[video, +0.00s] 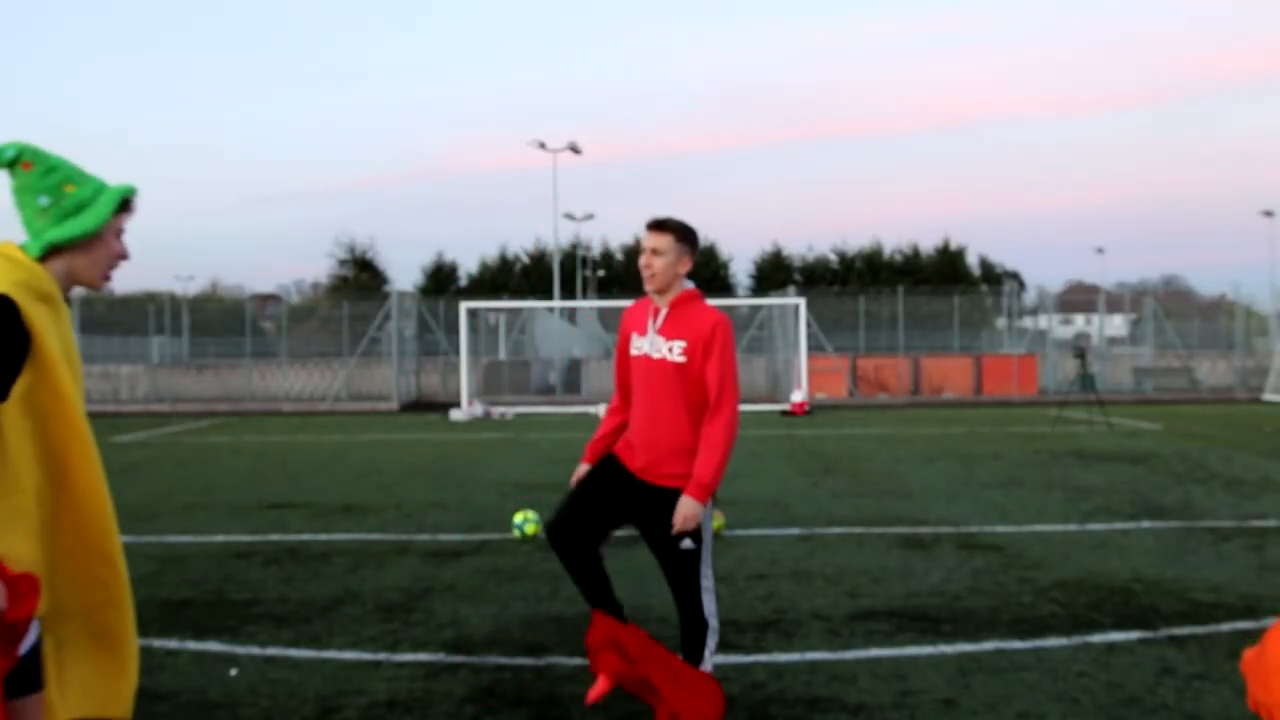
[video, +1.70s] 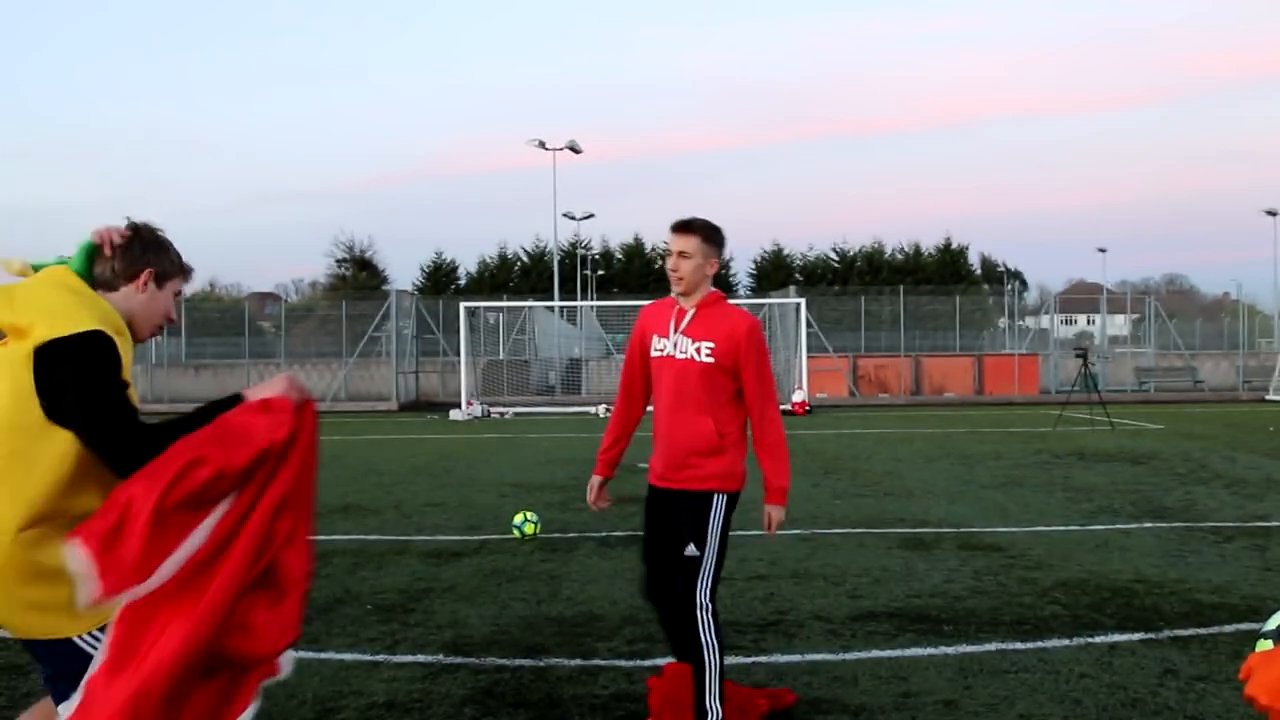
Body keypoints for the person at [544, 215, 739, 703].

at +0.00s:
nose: (645, 263)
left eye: (657, 254)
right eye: (643, 253)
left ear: (685, 262)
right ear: (639, 258)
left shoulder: (709, 325)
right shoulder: (635, 316)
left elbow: (723, 414)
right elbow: (622, 401)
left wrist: (698, 493)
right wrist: (590, 459)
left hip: (676, 485)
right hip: (625, 470)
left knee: (693, 603)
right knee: (566, 534)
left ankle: (693, 693)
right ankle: (618, 641)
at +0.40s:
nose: (646, 266)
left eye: (657, 256)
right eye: (642, 257)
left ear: (685, 261)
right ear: (640, 263)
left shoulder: (713, 319)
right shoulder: (642, 318)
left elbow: (740, 405)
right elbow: (638, 401)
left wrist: (747, 490)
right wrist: (626, 465)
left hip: (694, 481)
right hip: (646, 477)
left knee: (687, 589)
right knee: (625, 571)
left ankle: (693, 691)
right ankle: (683, 665)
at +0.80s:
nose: (628, 271)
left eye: (636, 261)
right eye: (623, 263)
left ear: (664, 263)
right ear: (624, 271)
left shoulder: (703, 310)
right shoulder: (635, 332)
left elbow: (738, 388)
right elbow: (644, 416)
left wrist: (743, 468)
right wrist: (637, 482)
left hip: (706, 449)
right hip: (666, 459)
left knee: (655, 527)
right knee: (684, 566)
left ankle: (693, 634)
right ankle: (702, 694)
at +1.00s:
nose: (631, 267)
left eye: (640, 258)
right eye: (627, 259)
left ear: (667, 262)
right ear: (627, 267)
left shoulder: (706, 310)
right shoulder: (633, 330)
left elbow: (741, 389)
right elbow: (640, 410)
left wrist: (744, 465)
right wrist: (639, 472)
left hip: (707, 438)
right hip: (663, 451)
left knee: (644, 503)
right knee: (681, 555)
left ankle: (719, 587)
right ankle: (701, 659)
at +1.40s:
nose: (651, 272)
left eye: (661, 263)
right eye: (646, 263)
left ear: (688, 265)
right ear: (642, 265)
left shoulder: (718, 316)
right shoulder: (641, 319)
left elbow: (755, 395)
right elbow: (637, 399)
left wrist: (767, 471)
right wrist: (623, 460)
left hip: (714, 438)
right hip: (671, 450)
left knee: (669, 503)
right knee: (682, 569)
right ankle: (702, 670)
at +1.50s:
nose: (653, 270)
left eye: (663, 261)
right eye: (648, 261)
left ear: (691, 263)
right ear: (645, 264)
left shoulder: (723, 315)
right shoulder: (643, 318)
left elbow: (760, 395)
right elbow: (633, 398)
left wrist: (769, 472)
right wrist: (617, 462)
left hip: (714, 450)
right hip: (669, 456)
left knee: (683, 549)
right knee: (679, 563)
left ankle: (739, 677)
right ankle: (702, 672)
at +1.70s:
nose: (674, 265)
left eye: (685, 256)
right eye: (671, 255)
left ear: (714, 264)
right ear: (667, 259)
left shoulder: (740, 327)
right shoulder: (652, 317)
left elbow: (765, 413)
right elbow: (629, 399)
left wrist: (776, 491)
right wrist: (604, 466)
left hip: (713, 484)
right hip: (663, 481)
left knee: (695, 601)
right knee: (659, 589)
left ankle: (710, 710)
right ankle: (704, 687)